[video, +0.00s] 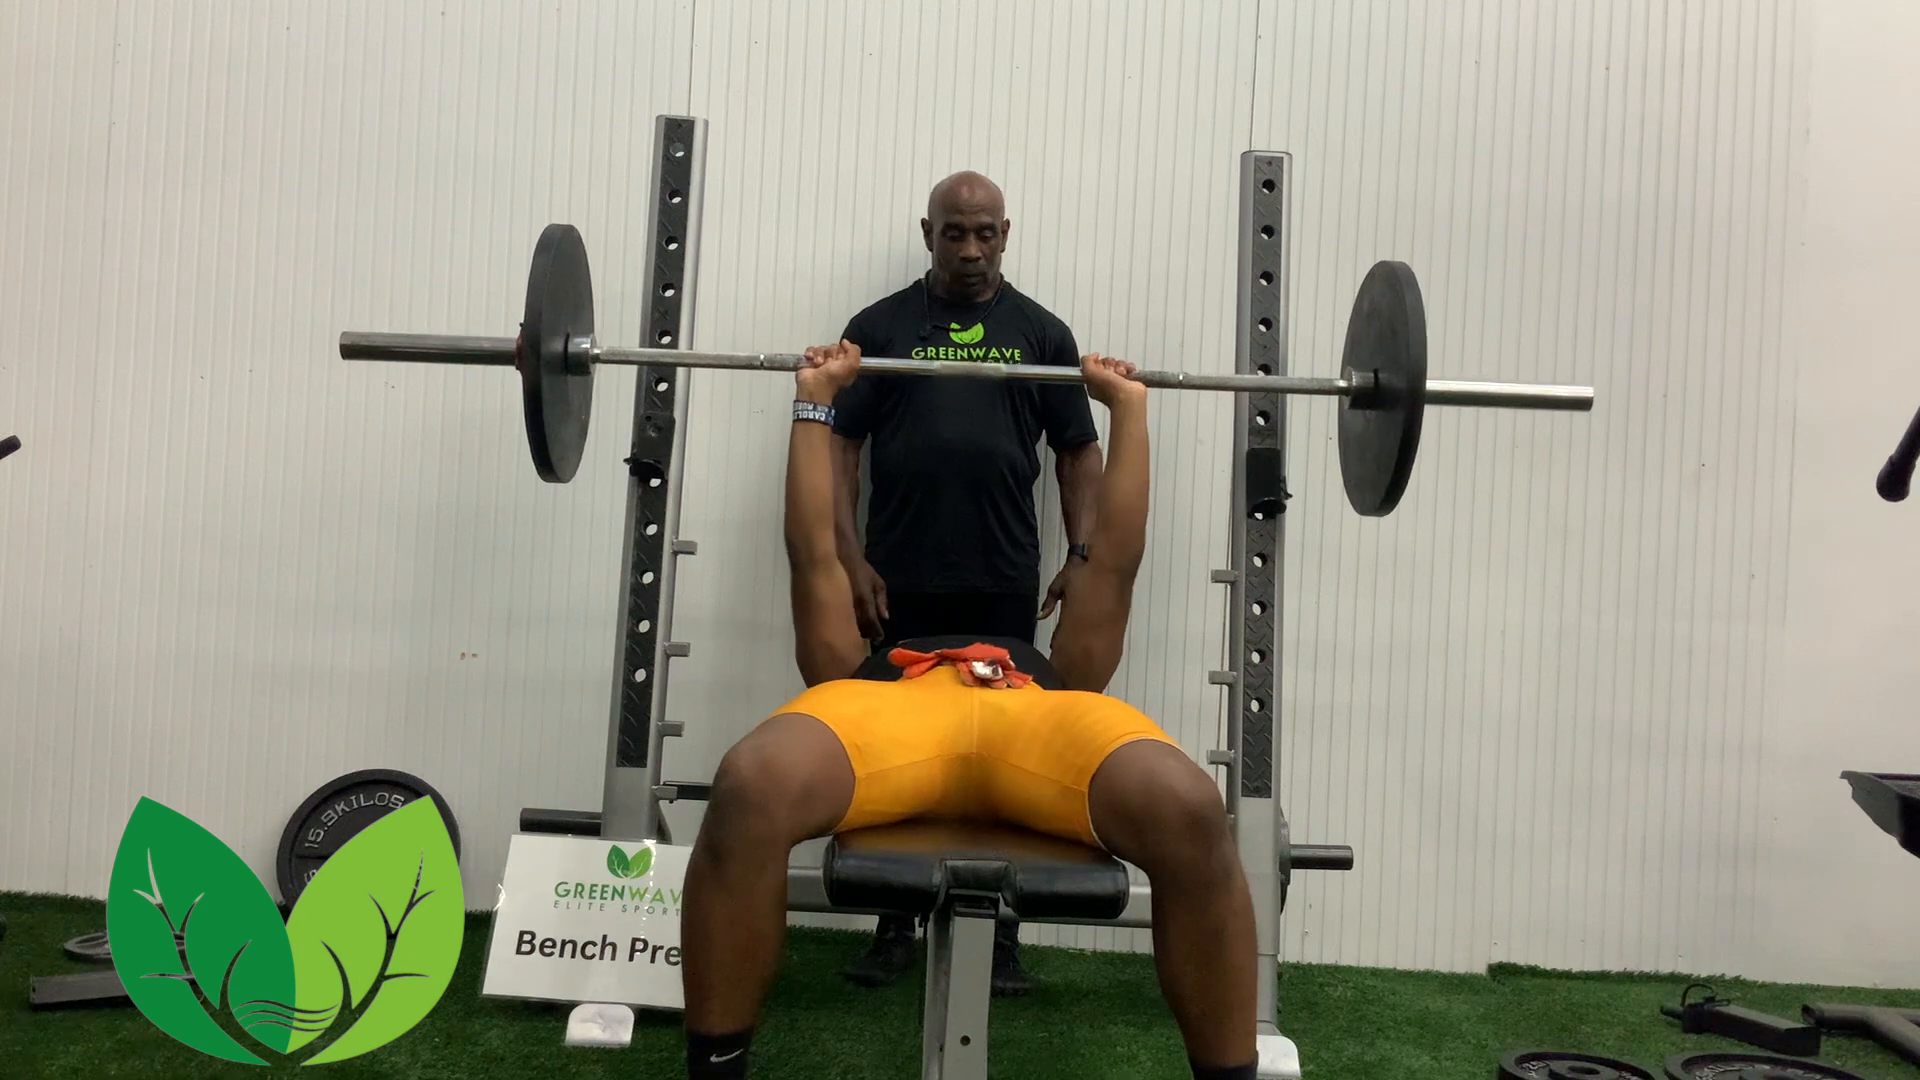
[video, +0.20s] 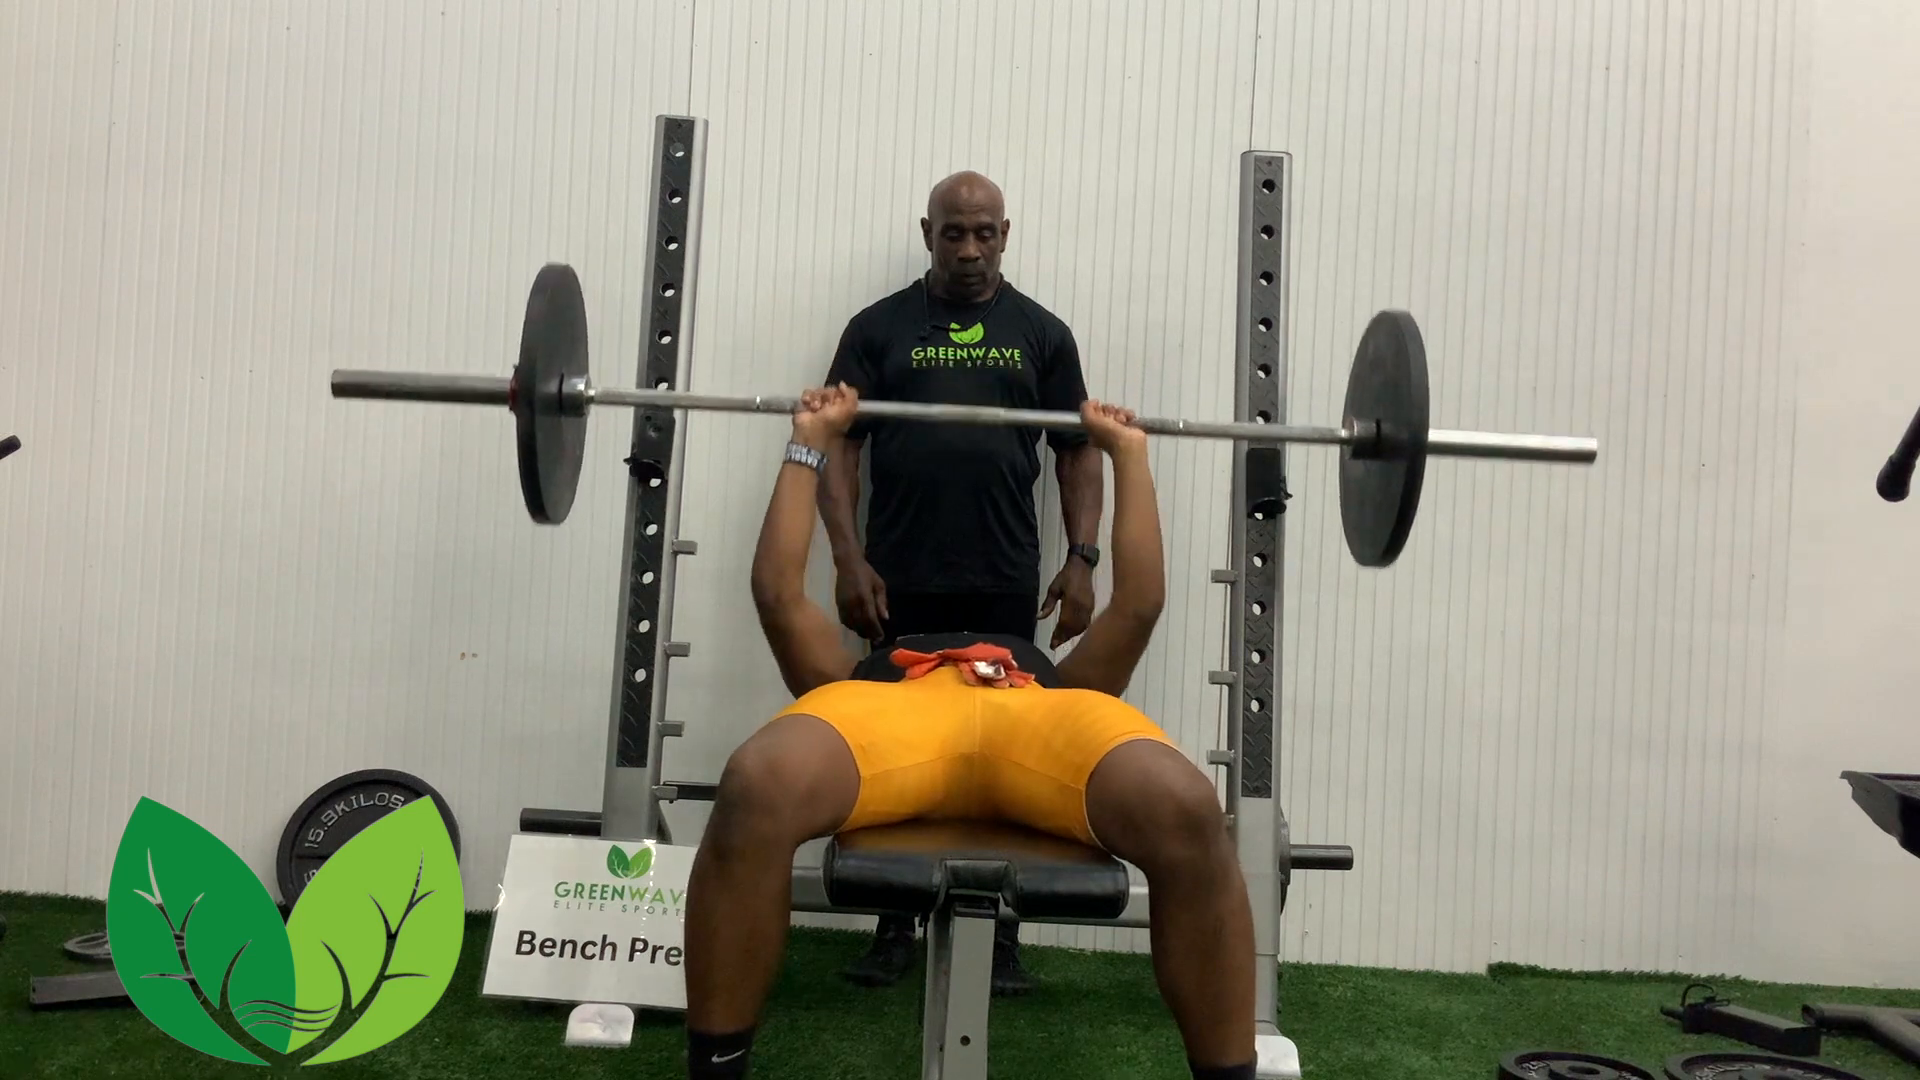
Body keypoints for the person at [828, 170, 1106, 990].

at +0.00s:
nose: (972, 249)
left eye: (987, 234)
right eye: (956, 233)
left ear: (1006, 237)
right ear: (927, 236)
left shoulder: (1043, 336)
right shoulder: (873, 333)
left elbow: (1077, 456)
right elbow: (842, 456)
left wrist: (1079, 555)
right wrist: (851, 558)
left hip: (1007, 582)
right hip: (899, 576)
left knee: (1010, 756)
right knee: (892, 750)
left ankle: (999, 929)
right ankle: (896, 920)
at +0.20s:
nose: (970, 248)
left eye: (986, 234)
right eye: (954, 233)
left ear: (1006, 237)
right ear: (927, 236)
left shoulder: (1044, 336)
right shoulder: (874, 333)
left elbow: (1075, 452)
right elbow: (839, 456)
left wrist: (1080, 561)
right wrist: (850, 560)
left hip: (1007, 583)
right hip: (901, 579)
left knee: (1014, 756)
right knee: (890, 752)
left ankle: (999, 931)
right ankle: (896, 922)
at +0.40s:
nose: (969, 248)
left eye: (985, 234)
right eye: (953, 233)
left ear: (1006, 239)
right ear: (927, 236)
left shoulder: (1042, 337)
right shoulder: (876, 332)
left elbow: (1079, 455)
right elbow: (835, 457)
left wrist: (1082, 558)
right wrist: (849, 559)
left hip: (1006, 588)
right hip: (903, 585)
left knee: (1013, 752)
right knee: (891, 749)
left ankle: (998, 929)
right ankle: (896, 919)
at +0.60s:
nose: (966, 248)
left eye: (981, 235)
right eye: (950, 234)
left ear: (1005, 239)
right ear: (926, 236)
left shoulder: (1041, 336)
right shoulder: (877, 330)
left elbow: (1078, 453)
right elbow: (835, 450)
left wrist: (1080, 559)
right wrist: (850, 563)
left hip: (1006, 590)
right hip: (899, 587)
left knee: (1010, 761)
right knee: (891, 758)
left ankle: (1001, 931)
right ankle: (896, 923)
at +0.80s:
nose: (965, 248)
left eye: (981, 235)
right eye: (950, 234)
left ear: (1005, 240)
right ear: (926, 236)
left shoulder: (1041, 335)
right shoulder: (878, 329)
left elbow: (1078, 452)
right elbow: (836, 450)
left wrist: (1080, 558)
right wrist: (851, 560)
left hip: (1008, 590)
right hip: (899, 587)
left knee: (1011, 763)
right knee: (892, 762)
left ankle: (1001, 929)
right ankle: (896, 924)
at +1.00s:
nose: (967, 249)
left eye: (983, 235)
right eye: (952, 234)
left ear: (1005, 241)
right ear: (927, 236)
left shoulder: (1042, 337)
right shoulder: (876, 331)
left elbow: (1077, 459)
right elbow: (834, 454)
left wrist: (1080, 559)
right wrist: (848, 558)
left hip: (1006, 589)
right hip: (902, 586)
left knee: (1011, 752)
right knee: (890, 751)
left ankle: (998, 927)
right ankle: (896, 918)